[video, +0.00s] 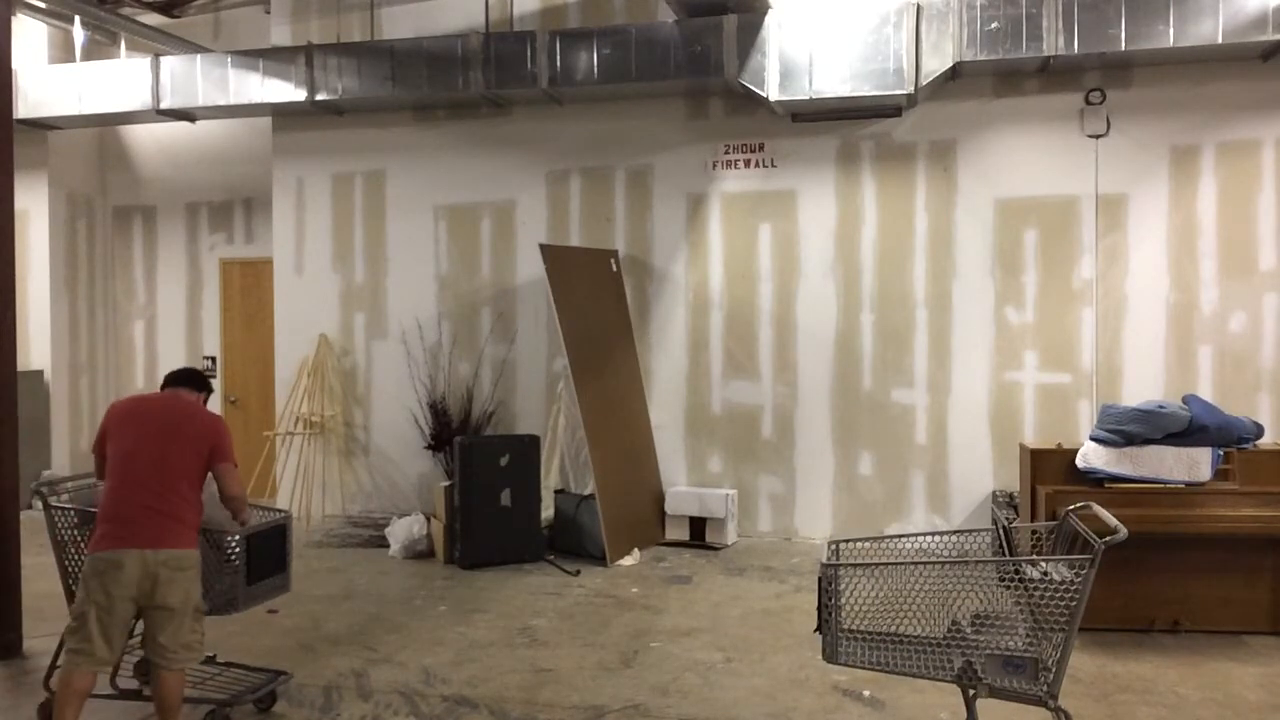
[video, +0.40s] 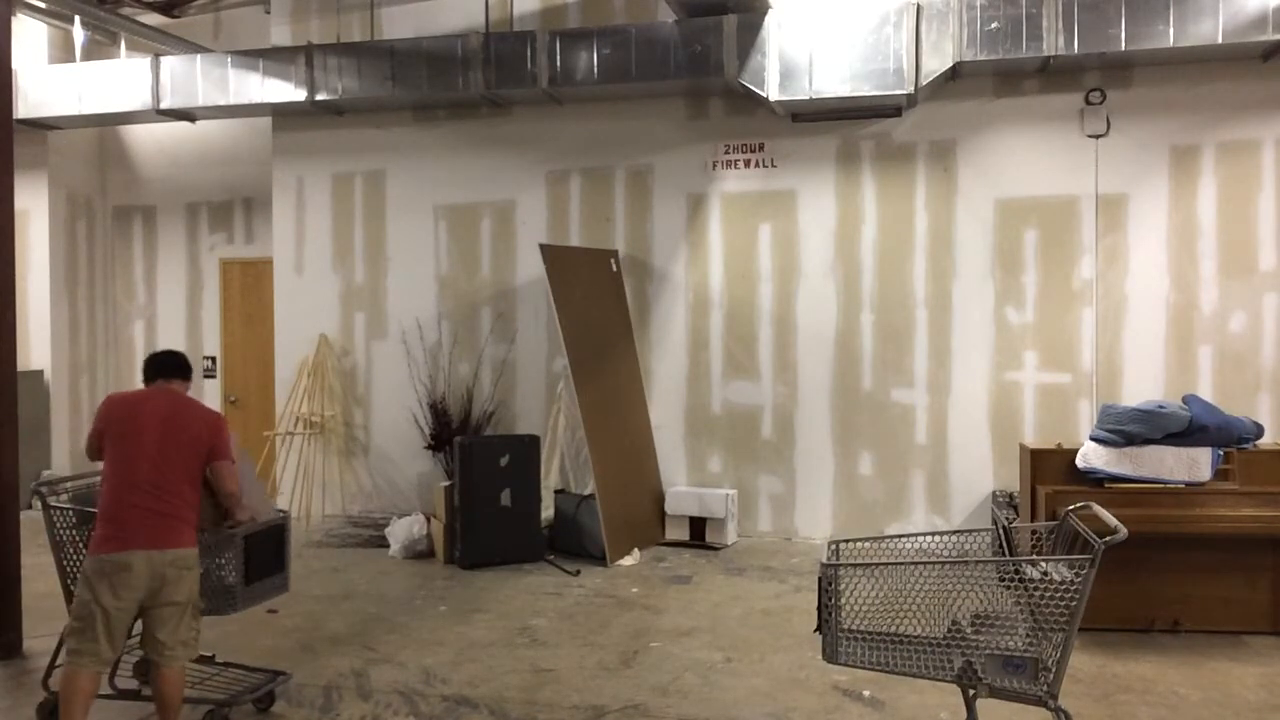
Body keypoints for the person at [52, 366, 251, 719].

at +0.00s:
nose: (205, 406)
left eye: (206, 403)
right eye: (207, 402)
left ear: (163, 389)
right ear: (200, 397)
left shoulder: (120, 408)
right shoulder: (210, 423)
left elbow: (102, 471)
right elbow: (231, 491)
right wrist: (241, 515)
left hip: (112, 552)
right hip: (175, 556)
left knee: (85, 655)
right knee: (171, 659)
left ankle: (62, 715)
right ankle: (169, 715)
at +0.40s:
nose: (188, 390)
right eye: (189, 385)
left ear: (146, 380)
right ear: (188, 383)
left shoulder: (115, 405)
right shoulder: (209, 420)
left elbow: (93, 452)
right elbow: (228, 487)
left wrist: (131, 436)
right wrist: (235, 510)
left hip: (115, 554)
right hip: (177, 555)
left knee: (86, 656)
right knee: (170, 657)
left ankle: (68, 717)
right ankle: (169, 716)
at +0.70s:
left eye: (110, 373)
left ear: (109, 376)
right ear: (153, 372)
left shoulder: (93, 412)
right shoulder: (182, 415)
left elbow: (53, 427)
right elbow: (213, 478)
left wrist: (87, 391)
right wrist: (187, 459)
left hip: (108, 557)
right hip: (170, 553)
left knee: (84, 660)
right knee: (167, 657)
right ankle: (169, 716)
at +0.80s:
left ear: (91, 376)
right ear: (138, 372)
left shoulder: (78, 417)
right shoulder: (168, 417)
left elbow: (27, 428)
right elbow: (201, 480)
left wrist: (58, 389)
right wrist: (203, 448)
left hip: (95, 563)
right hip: (158, 558)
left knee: (79, 667)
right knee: (161, 660)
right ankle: (168, 716)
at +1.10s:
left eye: (57, 367)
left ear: (54, 373)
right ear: (100, 371)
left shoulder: (29, 423)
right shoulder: (127, 423)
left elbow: (4, 470)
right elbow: (128, 475)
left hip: (45, 569)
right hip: (107, 565)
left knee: (54, 678)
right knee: (122, 655)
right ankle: (145, 714)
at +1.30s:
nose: (27, 377)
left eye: (28, 370)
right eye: (28, 370)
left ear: (36, 372)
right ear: (78, 372)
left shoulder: (15, 421)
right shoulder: (104, 425)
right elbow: (95, 480)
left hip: (34, 566)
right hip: (85, 560)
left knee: (48, 677)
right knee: (74, 660)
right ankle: (79, 713)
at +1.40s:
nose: (10, 375)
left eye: (14, 368)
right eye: (12, 367)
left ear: (24, 372)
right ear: (63, 374)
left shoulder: (10, 419)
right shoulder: (89, 424)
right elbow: (86, 489)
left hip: (26, 564)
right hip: (75, 558)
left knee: (41, 679)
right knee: (49, 671)